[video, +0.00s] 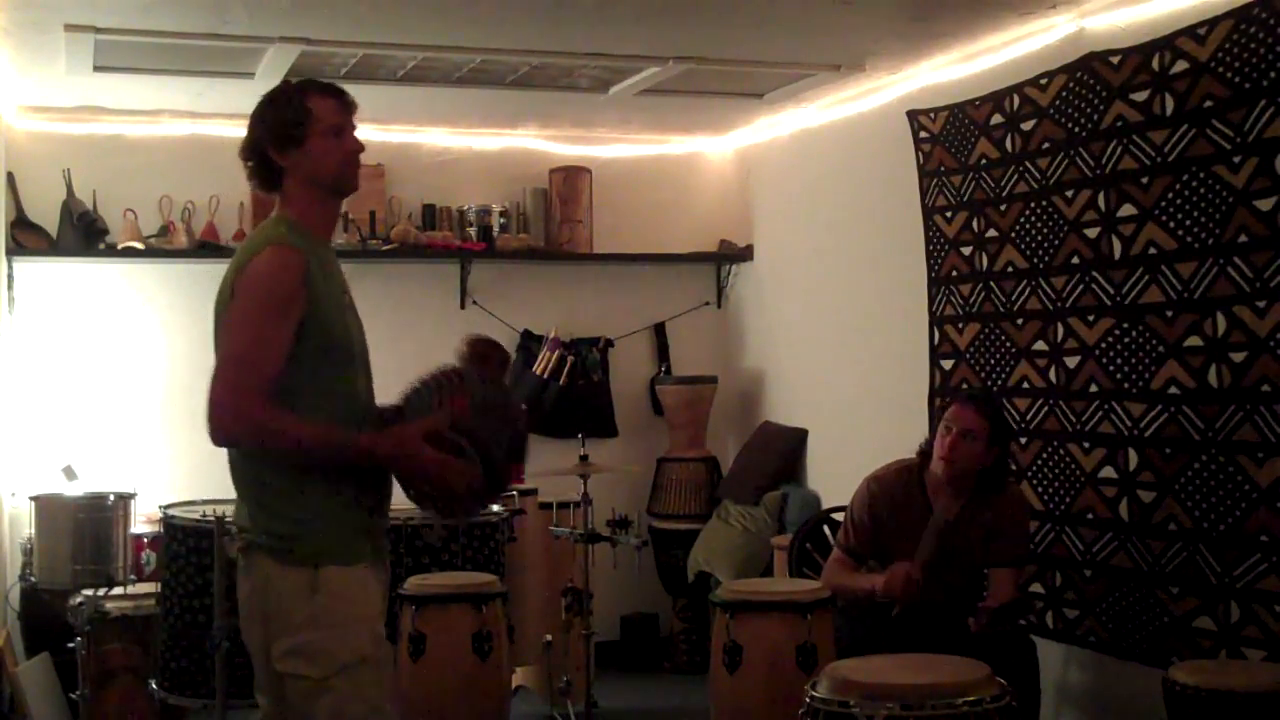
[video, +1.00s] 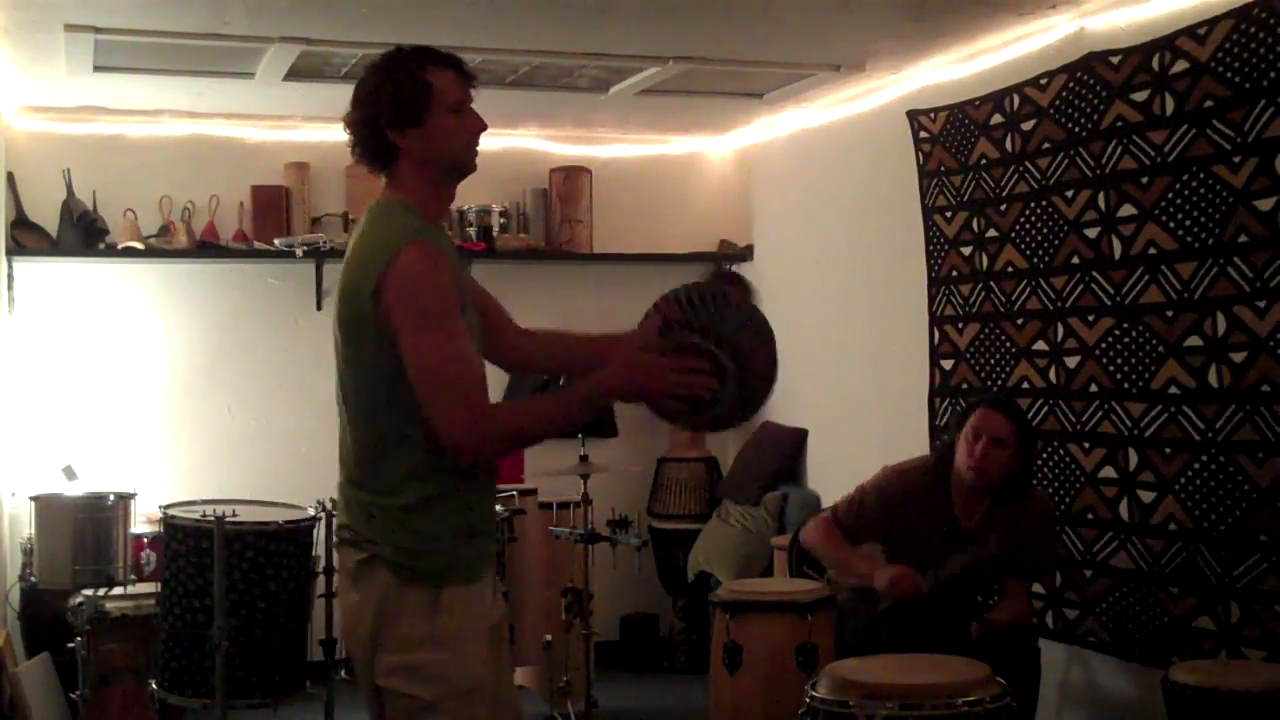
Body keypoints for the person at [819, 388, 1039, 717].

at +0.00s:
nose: (950, 444)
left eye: (967, 437)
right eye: (947, 429)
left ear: (989, 454)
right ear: (936, 431)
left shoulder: (1005, 505)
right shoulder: (884, 488)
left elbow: (1004, 590)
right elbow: (831, 575)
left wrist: (988, 612)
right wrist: (877, 582)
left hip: (960, 625)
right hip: (886, 620)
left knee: (1016, 650)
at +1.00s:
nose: (979, 452)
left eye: (997, 445)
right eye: (974, 436)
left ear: (1016, 459)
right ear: (957, 436)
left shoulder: (1028, 509)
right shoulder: (907, 483)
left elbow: (1018, 602)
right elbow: (814, 531)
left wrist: (981, 626)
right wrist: (875, 570)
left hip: (969, 618)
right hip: (896, 607)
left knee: (1019, 649)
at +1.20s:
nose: (968, 413)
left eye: (985, 405)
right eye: (961, 399)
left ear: (1004, 423)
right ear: (944, 407)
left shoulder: (1018, 496)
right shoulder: (894, 460)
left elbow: (1024, 596)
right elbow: (801, 510)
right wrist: (858, 542)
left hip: (961, 619)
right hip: (879, 609)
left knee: (1018, 670)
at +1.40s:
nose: (934, 395)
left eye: (948, 386)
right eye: (924, 386)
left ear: (973, 408)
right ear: (909, 402)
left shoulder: (997, 488)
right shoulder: (869, 464)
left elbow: (1022, 582)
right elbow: (776, 507)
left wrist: (980, 585)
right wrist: (838, 551)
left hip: (955, 621)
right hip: (874, 616)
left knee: (1005, 677)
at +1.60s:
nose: (896, 373)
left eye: (909, 368)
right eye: (884, 369)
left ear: (929, 392)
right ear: (868, 398)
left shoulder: (968, 465)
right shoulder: (837, 462)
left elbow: (1005, 543)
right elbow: (762, 521)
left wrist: (965, 567)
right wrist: (832, 536)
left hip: (944, 615)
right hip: (863, 616)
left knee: (995, 671)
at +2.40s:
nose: (895, 398)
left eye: (907, 387)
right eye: (884, 390)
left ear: (929, 399)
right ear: (869, 406)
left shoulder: (966, 472)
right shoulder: (841, 471)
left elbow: (1000, 562)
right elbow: (775, 547)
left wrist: (968, 536)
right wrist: (827, 533)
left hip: (940, 635)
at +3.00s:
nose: (883, 398)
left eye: (895, 386)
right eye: (873, 389)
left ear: (919, 400)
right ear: (859, 407)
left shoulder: (962, 469)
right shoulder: (829, 478)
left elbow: (997, 553)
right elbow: (777, 561)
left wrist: (964, 542)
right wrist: (821, 542)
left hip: (943, 636)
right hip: (859, 639)